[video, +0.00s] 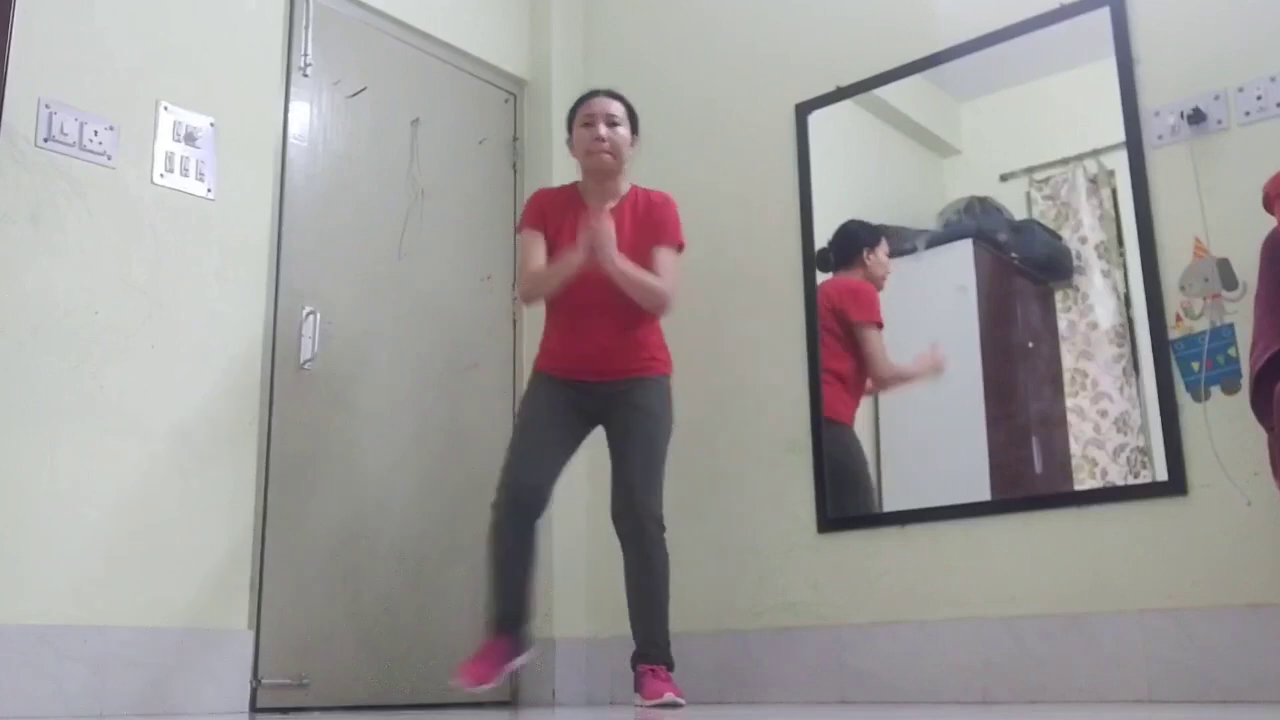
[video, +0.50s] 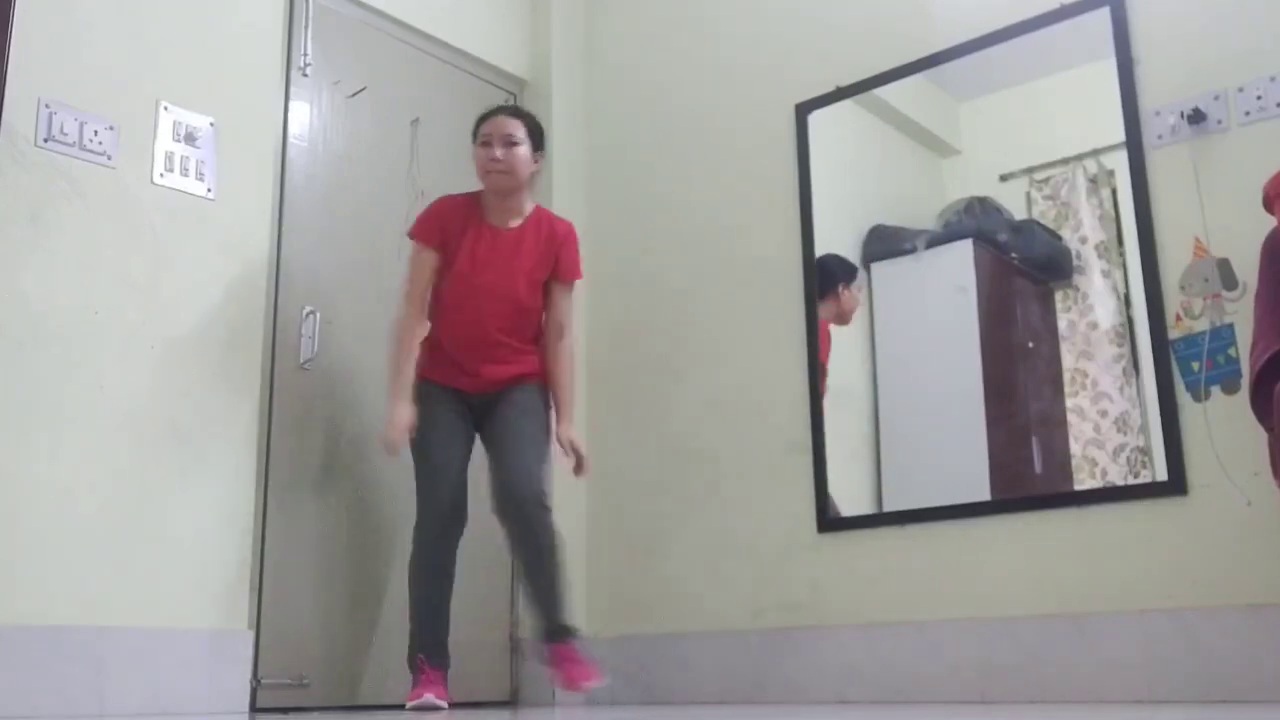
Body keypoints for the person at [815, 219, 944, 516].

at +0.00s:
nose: (889, 267)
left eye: (888, 257)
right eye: (886, 256)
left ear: (840, 258)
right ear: (867, 257)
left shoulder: (824, 291)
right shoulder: (857, 291)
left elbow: (853, 385)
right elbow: (881, 373)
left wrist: (911, 375)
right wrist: (924, 367)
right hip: (829, 422)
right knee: (860, 517)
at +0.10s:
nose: (885, 267)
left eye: (884, 257)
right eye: (882, 256)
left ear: (838, 258)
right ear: (864, 257)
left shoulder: (821, 291)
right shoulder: (854, 291)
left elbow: (850, 377)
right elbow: (890, 367)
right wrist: (926, 339)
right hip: (823, 426)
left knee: (830, 523)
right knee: (843, 523)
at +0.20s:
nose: (877, 274)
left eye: (877, 265)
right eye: (875, 264)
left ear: (829, 267)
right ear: (857, 267)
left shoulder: (818, 299)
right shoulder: (844, 300)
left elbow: (851, 384)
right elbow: (882, 376)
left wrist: (914, 360)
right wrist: (926, 350)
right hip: (815, 436)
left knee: (830, 523)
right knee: (836, 524)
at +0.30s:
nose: (868, 287)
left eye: (867, 277)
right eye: (865, 277)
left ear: (826, 278)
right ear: (848, 279)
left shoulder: (816, 309)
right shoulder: (831, 311)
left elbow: (833, 396)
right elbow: (853, 390)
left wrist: (899, 401)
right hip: (802, 446)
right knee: (829, 528)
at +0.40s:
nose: (862, 297)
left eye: (861, 288)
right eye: (859, 287)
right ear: (842, 286)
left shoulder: (810, 319)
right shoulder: (823, 322)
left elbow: (822, 407)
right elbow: (823, 405)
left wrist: (868, 463)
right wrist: (870, 463)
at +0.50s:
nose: (859, 302)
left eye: (859, 293)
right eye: (857, 292)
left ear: (840, 291)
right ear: (841, 290)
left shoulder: (816, 328)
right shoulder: (818, 331)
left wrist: (823, 497)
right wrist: (824, 499)